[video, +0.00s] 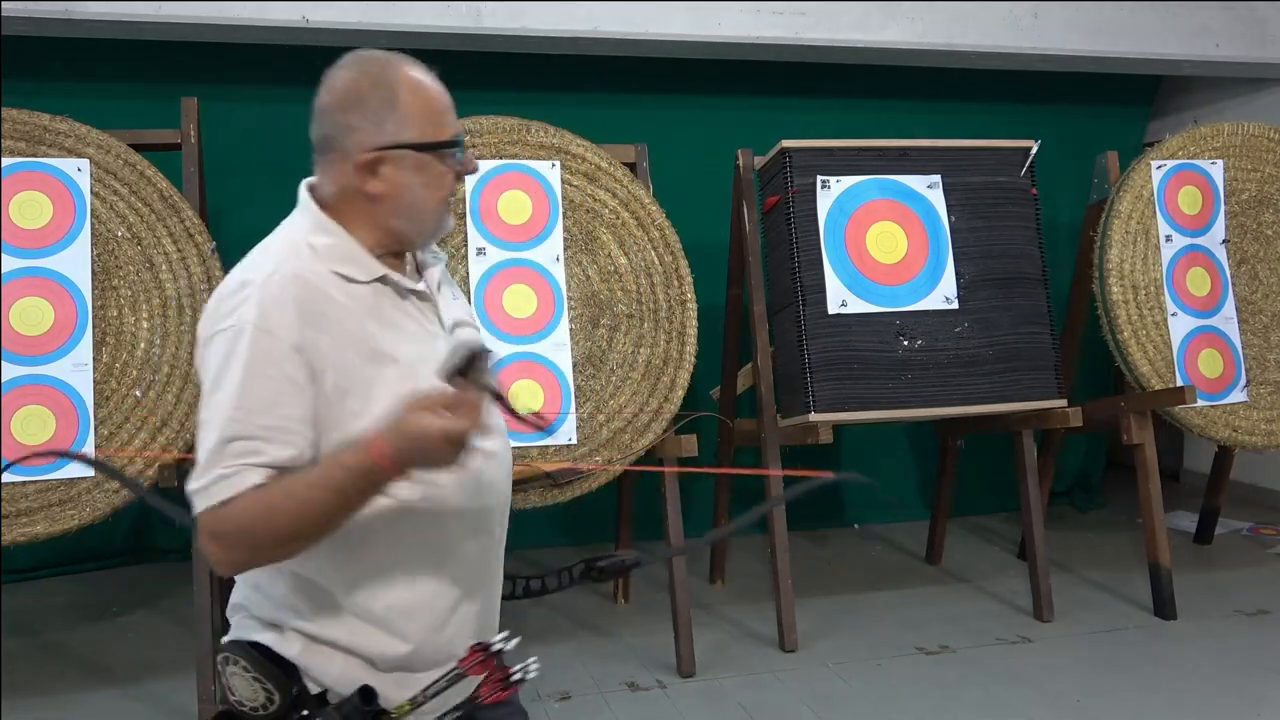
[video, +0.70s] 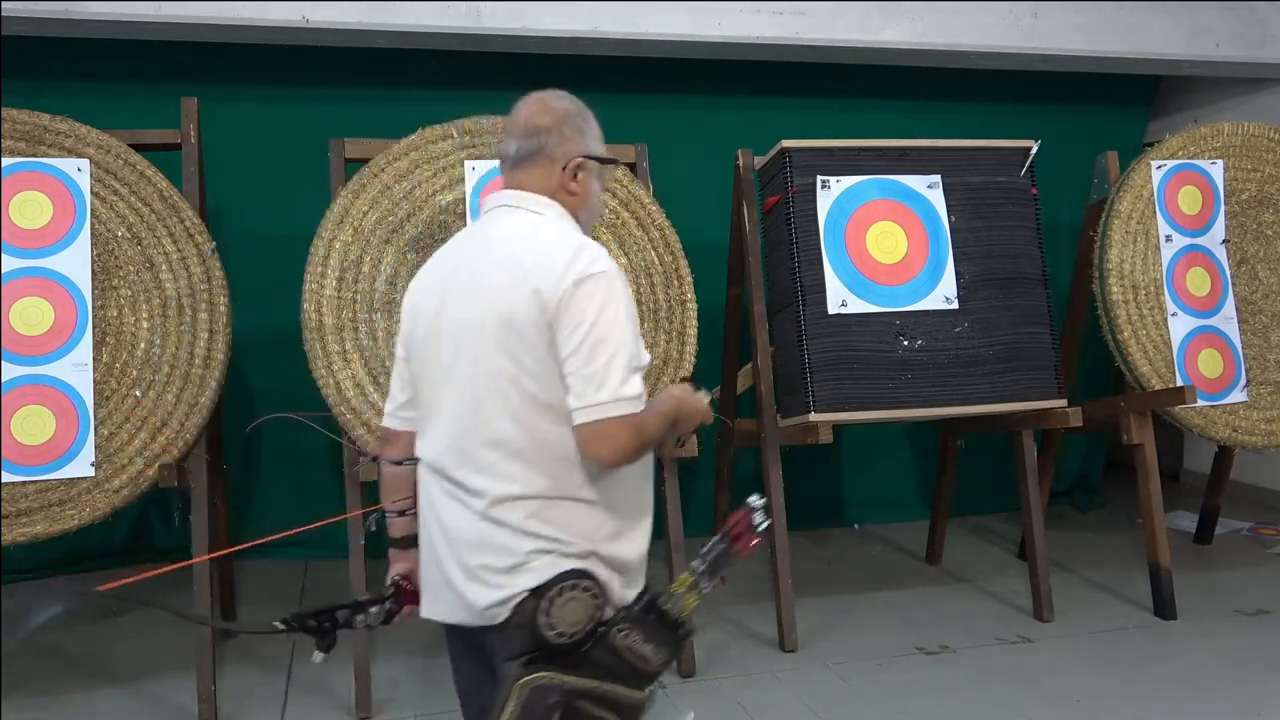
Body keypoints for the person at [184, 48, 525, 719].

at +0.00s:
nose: (463, 171)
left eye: (459, 150)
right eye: (446, 152)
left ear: (375, 174)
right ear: (372, 171)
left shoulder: (419, 268)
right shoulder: (268, 297)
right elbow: (226, 537)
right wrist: (388, 449)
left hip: (458, 660)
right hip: (324, 685)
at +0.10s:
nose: (486, 173)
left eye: (484, 156)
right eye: (478, 156)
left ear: (417, 176)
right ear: (420, 174)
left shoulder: (416, 263)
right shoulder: (310, 291)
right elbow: (275, 531)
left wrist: (516, 456)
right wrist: (458, 475)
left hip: (450, 660)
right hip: (347, 680)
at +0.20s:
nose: (504, 186)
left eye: (505, 167)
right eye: (500, 167)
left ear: (447, 174)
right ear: (453, 174)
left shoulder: (403, 264)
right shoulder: (364, 294)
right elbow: (343, 522)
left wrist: (540, 460)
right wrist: (513, 473)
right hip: (371, 670)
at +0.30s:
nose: (522, 191)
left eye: (525, 171)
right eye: (521, 171)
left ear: (415, 162)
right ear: (482, 177)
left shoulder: (395, 250)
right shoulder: (414, 290)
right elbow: (410, 513)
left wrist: (560, 452)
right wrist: (555, 457)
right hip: (405, 656)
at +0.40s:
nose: (544, 194)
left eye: (545, 175)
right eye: (544, 176)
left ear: (437, 166)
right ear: (515, 179)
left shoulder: (398, 252)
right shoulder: (465, 287)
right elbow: (472, 502)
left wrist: (581, 442)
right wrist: (591, 445)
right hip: (453, 651)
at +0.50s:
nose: (563, 196)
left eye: (564, 178)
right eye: (563, 179)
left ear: (463, 173)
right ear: (540, 181)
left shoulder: (405, 267)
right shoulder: (511, 277)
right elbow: (536, 479)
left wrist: (602, 439)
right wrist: (625, 438)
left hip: (417, 608)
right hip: (497, 628)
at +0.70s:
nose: (602, 194)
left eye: (601, 176)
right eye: (600, 175)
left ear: (506, 171)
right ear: (572, 174)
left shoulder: (436, 270)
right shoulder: (577, 266)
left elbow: (400, 436)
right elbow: (609, 441)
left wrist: (403, 543)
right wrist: (672, 409)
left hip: (459, 582)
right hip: (556, 590)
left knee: (488, 711)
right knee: (557, 709)